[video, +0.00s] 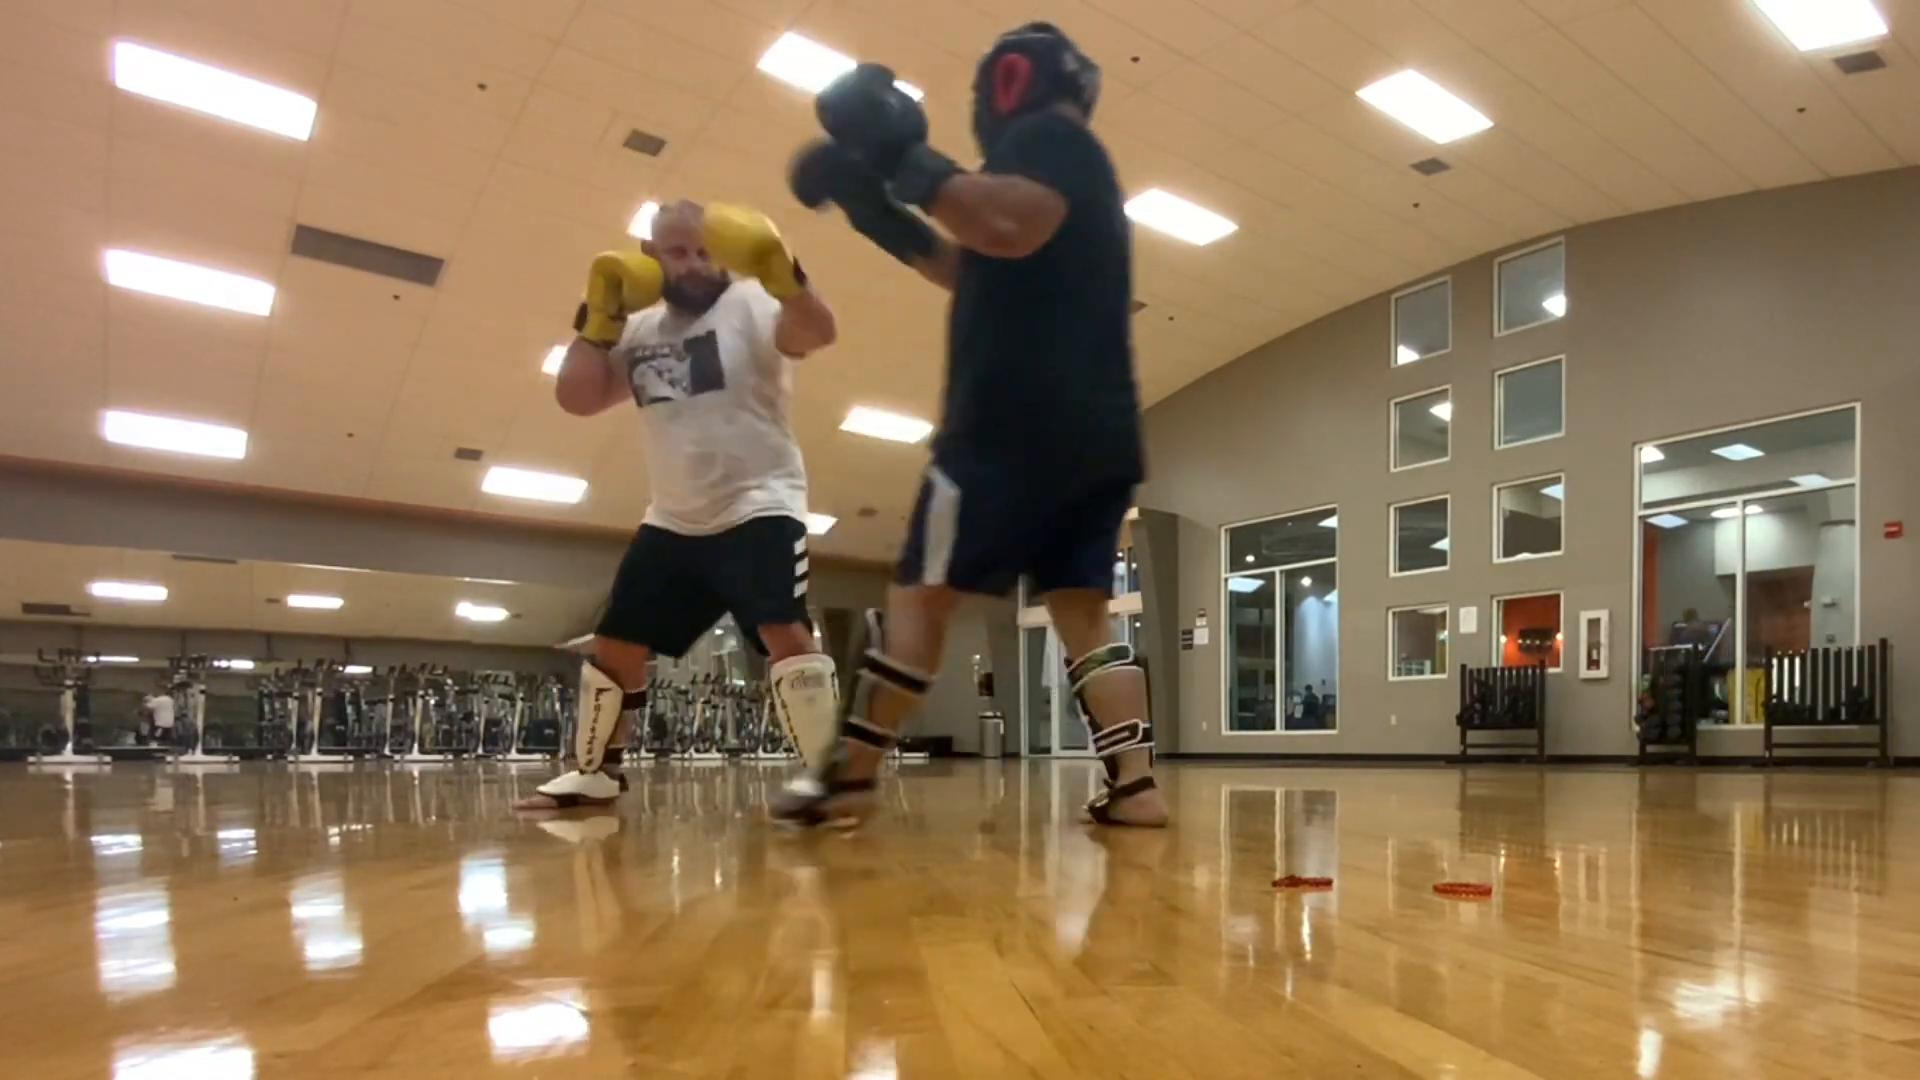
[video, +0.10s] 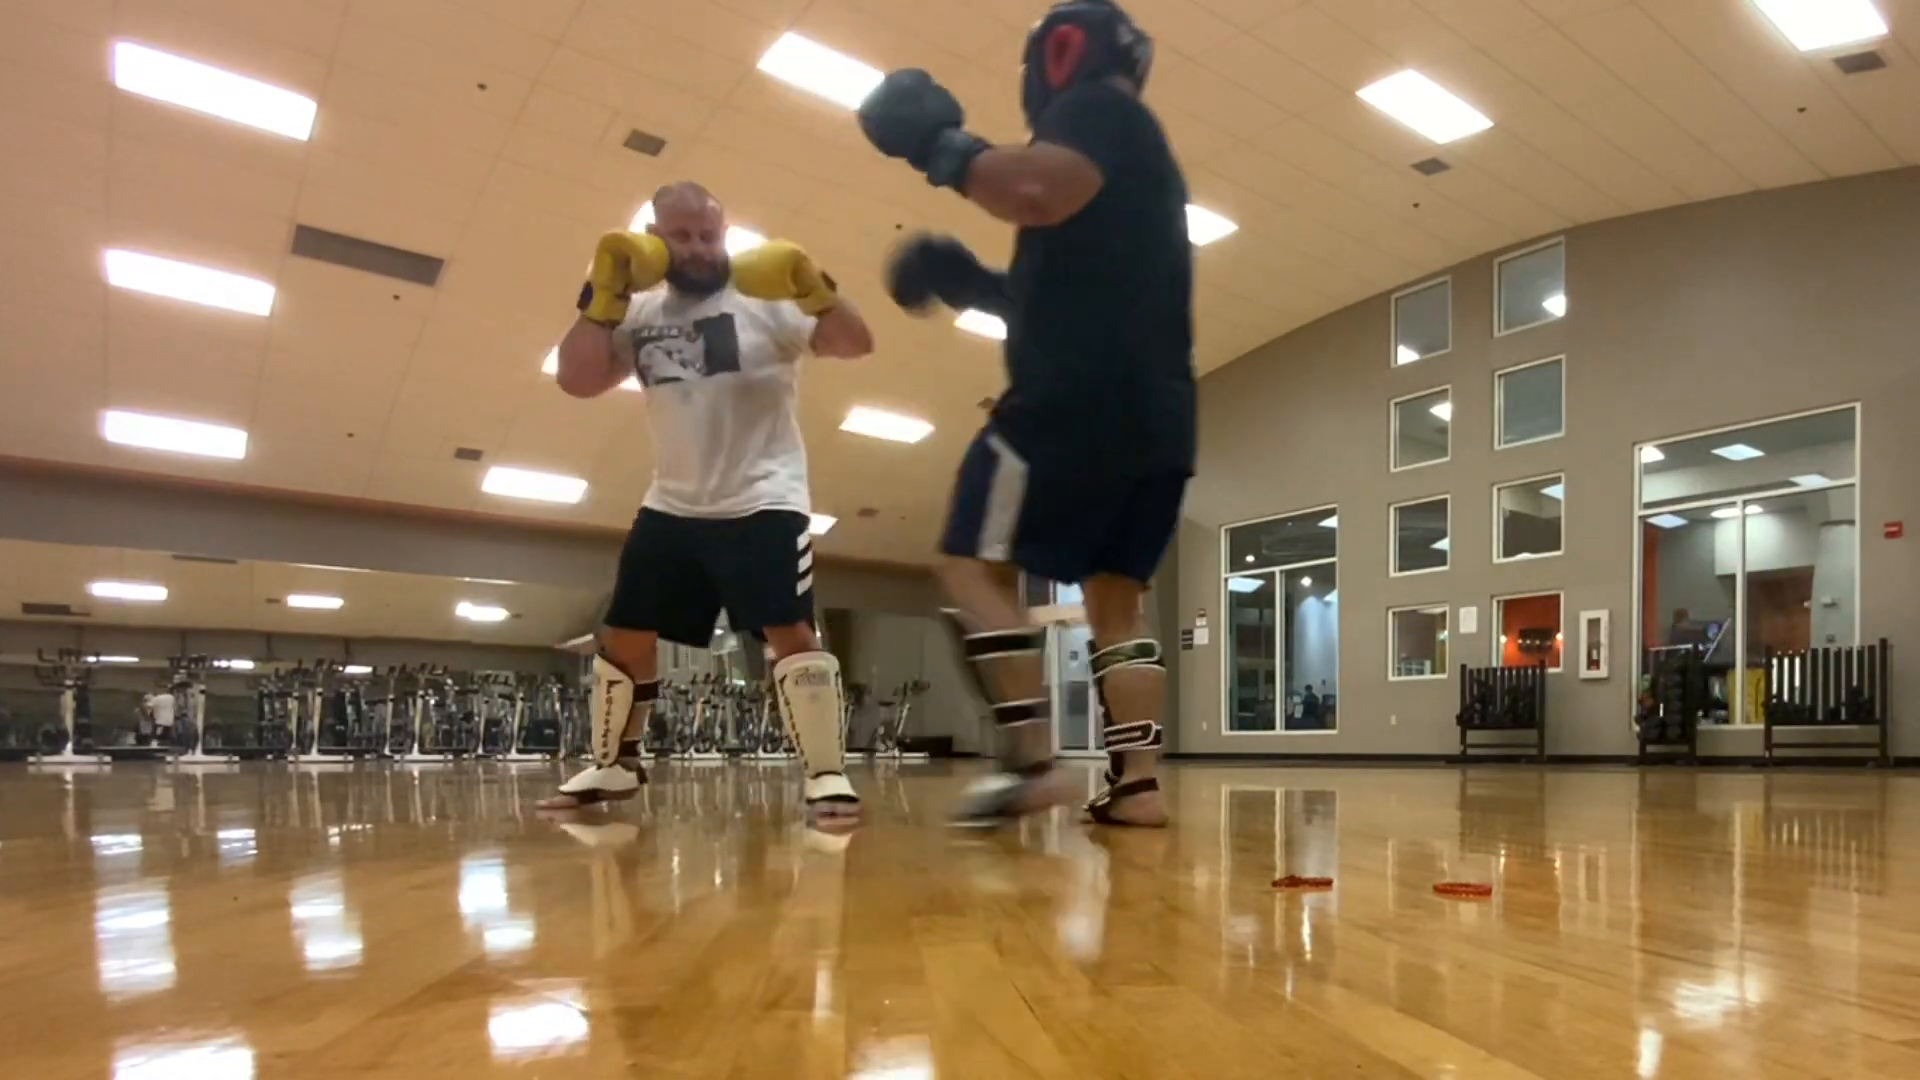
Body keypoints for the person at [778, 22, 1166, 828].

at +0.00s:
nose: (981, 101)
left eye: (987, 85)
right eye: (983, 89)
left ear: (1012, 75)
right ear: (1064, 85)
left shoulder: (1049, 135)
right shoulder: (1070, 171)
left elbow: (1020, 222)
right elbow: (981, 279)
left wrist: (903, 156)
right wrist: (877, 214)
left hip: (1006, 425)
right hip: (1091, 430)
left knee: (922, 594)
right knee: (1080, 604)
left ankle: (850, 779)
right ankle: (1136, 788)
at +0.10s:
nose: (1028, 82)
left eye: (1034, 64)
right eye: (1029, 70)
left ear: (1065, 50)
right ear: (1119, 62)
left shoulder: (1101, 110)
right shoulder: (1137, 153)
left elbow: (1039, 188)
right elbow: (1076, 307)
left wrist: (938, 142)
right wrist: (967, 280)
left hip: (1072, 399)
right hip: (1156, 412)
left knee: (970, 563)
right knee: (1113, 593)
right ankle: (1137, 786)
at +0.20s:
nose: (1074, 63)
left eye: (1082, 42)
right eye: (1077, 47)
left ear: (1111, 33)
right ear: (1171, 45)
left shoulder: (1140, 92)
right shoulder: (1202, 134)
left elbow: (1060, 168)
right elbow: (1166, 275)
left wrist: (982, 126)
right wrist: (1065, 327)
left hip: (1133, 386)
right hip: (1205, 393)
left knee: (1077, 577)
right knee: (1155, 584)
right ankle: (1144, 780)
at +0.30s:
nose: (1114, 59)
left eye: (1122, 40)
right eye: (1118, 44)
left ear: (1156, 32)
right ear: (1219, 46)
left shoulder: (1176, 88)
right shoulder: (1259, 136)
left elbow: (1077, 174)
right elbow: (1231, 264)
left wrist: (1026, 135)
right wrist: (1132, 306)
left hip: (1196, 389)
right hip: (1259, 393)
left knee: (1234, 583)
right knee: (1181, 595)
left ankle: (1390, 762)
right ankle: (1144, 790)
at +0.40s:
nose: (1151, 72)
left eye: (1158, 53)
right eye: (1153, 58)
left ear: (1197, 37)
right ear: (1260, 47)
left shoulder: (1219, 95)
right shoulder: (1310, 133)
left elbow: (1118, 205)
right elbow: (1259, 256)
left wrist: (1073, 181)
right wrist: (1168, 270)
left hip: (1264, 389)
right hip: (1323, 387)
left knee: (1330, 583)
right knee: (1237, 588)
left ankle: (1423, 791)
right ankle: (1165, 780)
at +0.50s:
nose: (1191, 53)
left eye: (1200, 32)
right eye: (1193, 38)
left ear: (1241, 13)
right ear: (1304, 19)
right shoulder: (1360, 114)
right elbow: (1271, 263)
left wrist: (1137, 226)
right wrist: (1171, 253)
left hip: (1303, 367)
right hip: (1374, 370)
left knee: (1332, 573)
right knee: (1290, 577)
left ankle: (1424, 790)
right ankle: (1255, 780)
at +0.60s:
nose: (1239, 62)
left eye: (1244, 42)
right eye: (1238, 49)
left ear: (1285, 14)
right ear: (1346, 17)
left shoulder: (1317, 45)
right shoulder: (1393, 108)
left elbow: (1238, 146)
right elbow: (1323, 235)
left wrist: (1154, 159)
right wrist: (1213, 204)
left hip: (1334, 351)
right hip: (1404, 359)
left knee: (1374, 564)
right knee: (1330, 569)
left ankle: (1430, 792)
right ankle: (1380, 769)